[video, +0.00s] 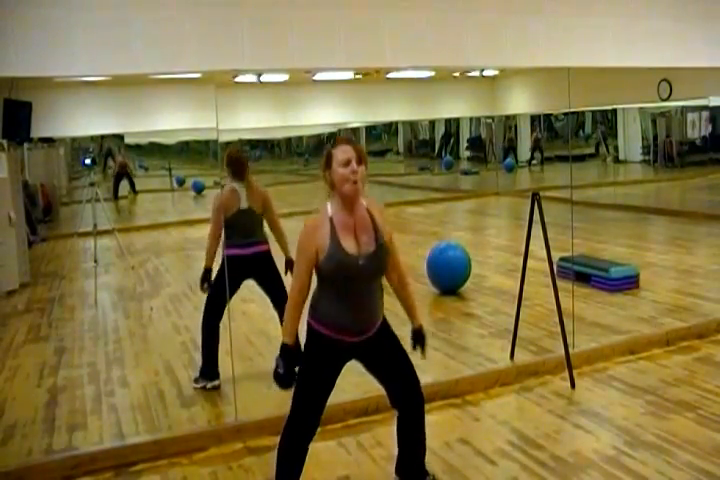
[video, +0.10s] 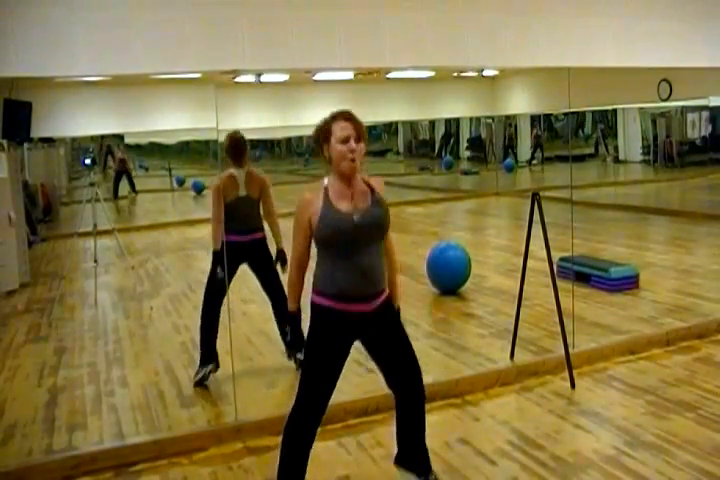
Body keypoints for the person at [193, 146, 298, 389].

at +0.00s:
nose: (228, 171)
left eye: (226, 167)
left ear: (227, 170)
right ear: (247, 167)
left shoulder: (223, 198)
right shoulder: (260, 193)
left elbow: (215, 236)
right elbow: (275, 227)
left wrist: (207, 268)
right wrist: (288, 255)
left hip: (235, 264)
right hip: (262, 261)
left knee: (211, 315)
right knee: (283, 306)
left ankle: (210, 373)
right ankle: (296, 358)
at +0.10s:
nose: (237, 156)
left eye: (230, 152)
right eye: (240, 149)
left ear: (226, 154)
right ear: (247, 152)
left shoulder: (221, 184)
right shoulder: (261, 181)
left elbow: (218, 221)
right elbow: (271, 216)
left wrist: (217, 251)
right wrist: (280, 247)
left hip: (230, 250)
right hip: (258, 248)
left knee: (211, 304)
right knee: (278, 297)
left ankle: (208, 359)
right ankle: (295, 347)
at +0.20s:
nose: (239, 154)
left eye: (233, 149)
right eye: (241, 148)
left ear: (225, 152)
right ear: (247, 150)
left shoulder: (219, 180)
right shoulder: (258, 178)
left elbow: (216, 215)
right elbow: (268, 213)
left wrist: (217, 244)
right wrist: (277, 244)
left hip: (227, 246)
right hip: (255, 245)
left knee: (205, 296)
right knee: (273, 290)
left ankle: (208, 352)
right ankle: (289, 340)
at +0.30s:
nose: (241, 164)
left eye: (230, 160)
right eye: (244, 160)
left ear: (224, 162)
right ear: (245, 163)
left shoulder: (218, 192)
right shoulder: (256, 191)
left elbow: (212, 224)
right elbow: (269, 225)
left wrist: (210, 254)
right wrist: (278, 255)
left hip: (225, 258)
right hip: (252, 258)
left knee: (203, 305)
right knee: (271, 298)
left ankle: (201, 363)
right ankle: (287, 344)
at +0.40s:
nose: (232, 175)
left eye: (228, 171)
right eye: (239, 170)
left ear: (223, 174)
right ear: (243, 173)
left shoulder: (218, 199)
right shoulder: (254, 197)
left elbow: (211, 235)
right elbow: (268, 232)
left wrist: (203, 266)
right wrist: (280, 263)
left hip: (224, 267)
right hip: (253, 266)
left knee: (198, 308)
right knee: (275, 302)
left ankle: (199, 364)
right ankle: (285, 346)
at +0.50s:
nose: (231, 170)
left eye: (227, 166)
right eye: (238, 165)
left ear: (221, 168)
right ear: (242, 167)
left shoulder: (216, 197)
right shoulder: (253, 194)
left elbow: (208, 232)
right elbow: (268, 226)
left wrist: (201, 263)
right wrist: (278, 255)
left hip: (223, 263)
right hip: (252, 262)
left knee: (201, 309)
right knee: (273, 302)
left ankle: (200, 364)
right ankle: (286, 347)